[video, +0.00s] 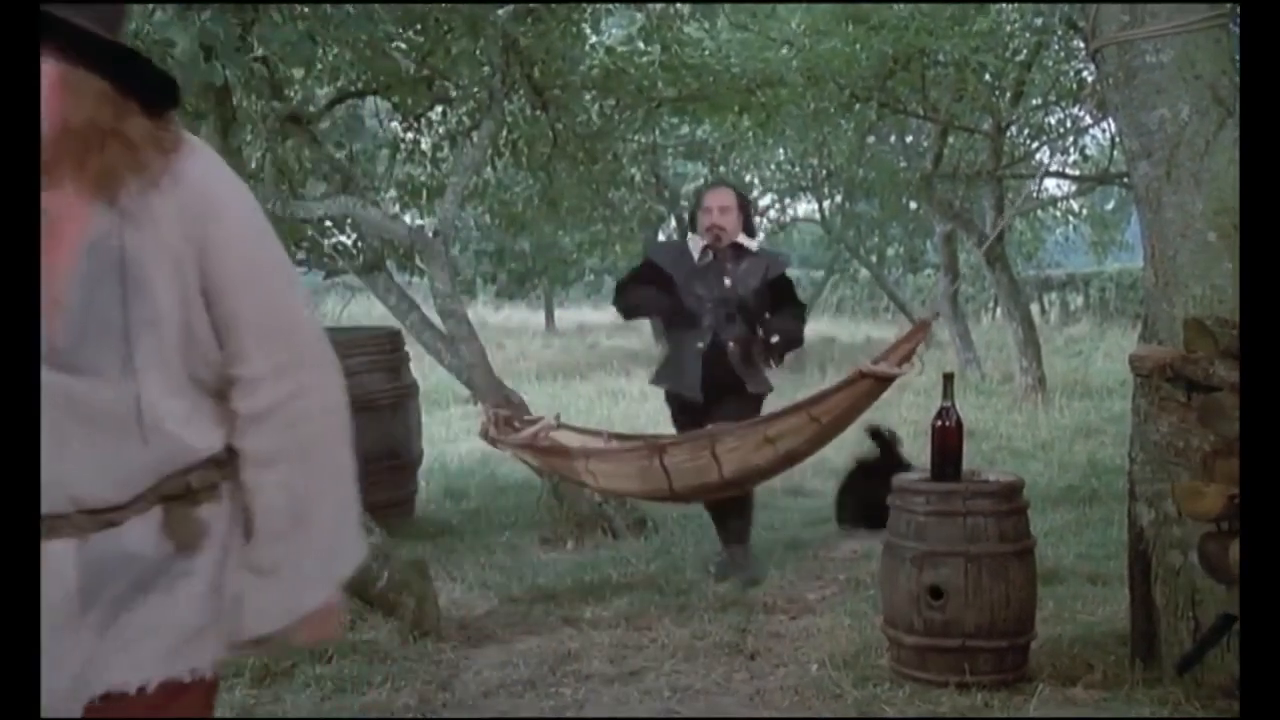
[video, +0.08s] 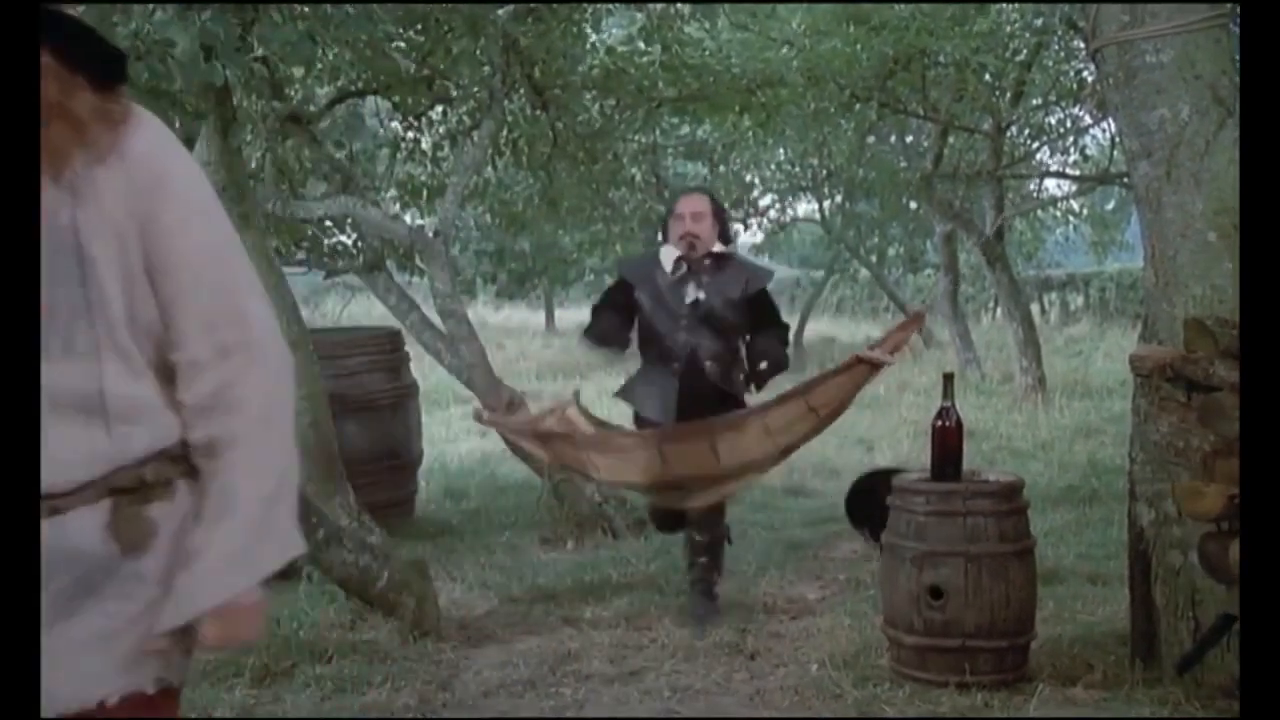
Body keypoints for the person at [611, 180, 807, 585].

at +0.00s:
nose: (716, 218)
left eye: (725, 210)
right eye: (708, 211)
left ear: (743, 218)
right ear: (696, 218)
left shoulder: (762, 266)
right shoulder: (672, 258)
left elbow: (792, 319)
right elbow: (626, 296)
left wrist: (776, 336)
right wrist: (673, 308)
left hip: (742, 378)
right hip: (687, 379)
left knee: (734, 461)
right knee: (702, 466)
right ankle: (733, 548)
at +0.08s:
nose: (688, 227)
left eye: (699, 218)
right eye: (680, 218)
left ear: (718, 226)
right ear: (668, 227)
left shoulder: (742, 279)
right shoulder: (643, 273)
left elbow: (772, 335)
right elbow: (604, 326)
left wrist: (761, 364)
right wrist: (613, 326)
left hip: (718, 404)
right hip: (659, 404)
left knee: (707, 511)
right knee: (665, 516)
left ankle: (704, 598)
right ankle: (701, 513)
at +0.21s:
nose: (636, 225)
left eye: (647, 215)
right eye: (627, 217)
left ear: (670, 223)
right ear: (616, 226)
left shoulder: (701, 280)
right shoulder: (590, 278)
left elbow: (746, 332)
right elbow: (565, 348)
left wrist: (713, 356)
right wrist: (551, 396)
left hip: (673, 420)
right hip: (606, 422)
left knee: (668, 521)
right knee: (591, 528)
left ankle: (684, 585)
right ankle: (580, 632)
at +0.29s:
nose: (616, 224)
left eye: (629, 216)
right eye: (608, 216)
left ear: (654, 227)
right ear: (598, 227)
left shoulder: (679, 284)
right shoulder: (568, 281)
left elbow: (724, 329)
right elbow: (526, 350)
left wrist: (671, 345)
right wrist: (540, 401)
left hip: (641, 424)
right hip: (574, 424)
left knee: (631, 520)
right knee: (563, 531)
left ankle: (637, 609)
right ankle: (580, 628)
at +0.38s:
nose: (574, 210)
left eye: (585, 200)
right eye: (567, 200)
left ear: (615, 203)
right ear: (560, 206)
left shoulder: (656, 251)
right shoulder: (546, 260)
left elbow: (721, 281)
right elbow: (509, 321)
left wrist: (657, 316)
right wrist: (495, 382)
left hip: (615, 393)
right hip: (553, 392)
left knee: (583, 517)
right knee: (526, 511)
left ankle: (571, 644)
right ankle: (546, 623)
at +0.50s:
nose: (562, 212)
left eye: (572, 201)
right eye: (556, 202)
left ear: (605, 198)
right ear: (554, 205)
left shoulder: (653, 235)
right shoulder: (548, 266)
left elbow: (724, 244)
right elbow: (508, 331)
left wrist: (667, 290)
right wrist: (502, 396)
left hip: (618, 388)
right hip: (556, 386)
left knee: (607, 516)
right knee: (512, 398)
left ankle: (622, 629)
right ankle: (450, 435)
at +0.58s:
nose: (580, 221)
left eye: (591, 210)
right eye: (574, 211)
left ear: (621, 212)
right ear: (568, 216)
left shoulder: (658, 253)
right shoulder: (556, 272)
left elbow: (725, 263)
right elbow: (527, 328)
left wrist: (675, 303)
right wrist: (494, 377)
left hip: (622, 401)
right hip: (563, 399)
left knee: (627, 524)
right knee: (510, 353)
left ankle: (653, 634)